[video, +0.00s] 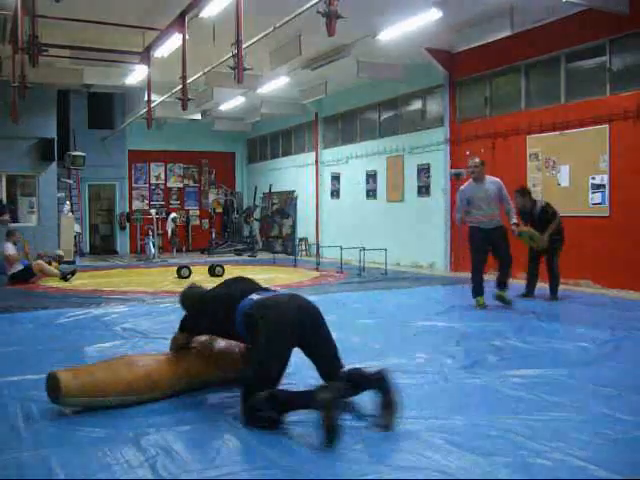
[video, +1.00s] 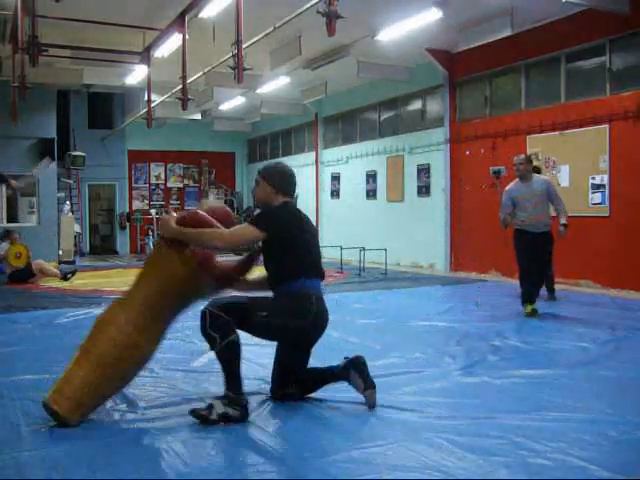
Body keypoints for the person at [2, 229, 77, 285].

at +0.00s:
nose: (19, 238)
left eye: (19, 236)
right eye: (17, 236)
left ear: (13, 237)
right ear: (12, 237)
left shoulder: (13, 246)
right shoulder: (8, 245)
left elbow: (16, 259)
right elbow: (11, 259)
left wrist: (26, 254)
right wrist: (22, 254)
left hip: (20, 272)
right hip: (15, 275)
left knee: (40, 264)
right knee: (39, 264)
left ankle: (62, 274)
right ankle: (62, 276)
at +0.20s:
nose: (21, 238)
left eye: (20, 236)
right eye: (20, 236)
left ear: (10, 237)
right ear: (17, 237)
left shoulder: (4, 246)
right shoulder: (16, 246)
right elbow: (27, 260)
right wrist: (30, 252)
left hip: (12, 276)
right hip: (18, 275)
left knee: (42, 264)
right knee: (39, 264)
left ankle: (63, 274)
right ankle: (62, 275)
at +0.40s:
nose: (23, 239)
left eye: (22, 238)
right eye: (22, 238)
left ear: (11, 237)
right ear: (20, 238)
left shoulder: (3, 245)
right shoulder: (20, 247)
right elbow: (28, 261)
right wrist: (29, 253)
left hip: (10, 277)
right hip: (19, 276)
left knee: (41, 267)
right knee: (41, 265)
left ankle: (63, 274)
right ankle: (62, 275)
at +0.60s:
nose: (18, 239)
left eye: (18, 237)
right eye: (18, 237)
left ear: (8, 237)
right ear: (15, 237)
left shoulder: (5, 246)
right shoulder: (11, 246)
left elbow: (19, 261)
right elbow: (21, 261)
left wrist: (27, 254)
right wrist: (28, 253)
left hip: (12, 276)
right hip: (14, 276)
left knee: (41, 267)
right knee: (39, 265)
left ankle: (63, 274)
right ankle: (62, 275)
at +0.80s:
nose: (16, 240)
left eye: (16, 238)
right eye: (14, 238)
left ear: (16, 239)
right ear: (8, 238)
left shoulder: (16, 246)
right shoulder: (4, 247)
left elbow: (25, 260)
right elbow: (4, 260)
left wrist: (28, 253)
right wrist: (16, 255)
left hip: (21, 272)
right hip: (13, 275)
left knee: (43, 268)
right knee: (38, 264)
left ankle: (63, 274)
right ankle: (61, 276)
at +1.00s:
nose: (16, 240)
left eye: (17, 238)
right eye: (14, 238)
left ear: (17, 238)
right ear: (8, 238)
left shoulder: (17, 247)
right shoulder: (4, 246)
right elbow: (2, 257)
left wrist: (27, 255)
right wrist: (9, 248)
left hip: (21, 272)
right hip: (13, 275)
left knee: (41, 265)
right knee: (38, 264)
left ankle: (62, 273)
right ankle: (61, 276)